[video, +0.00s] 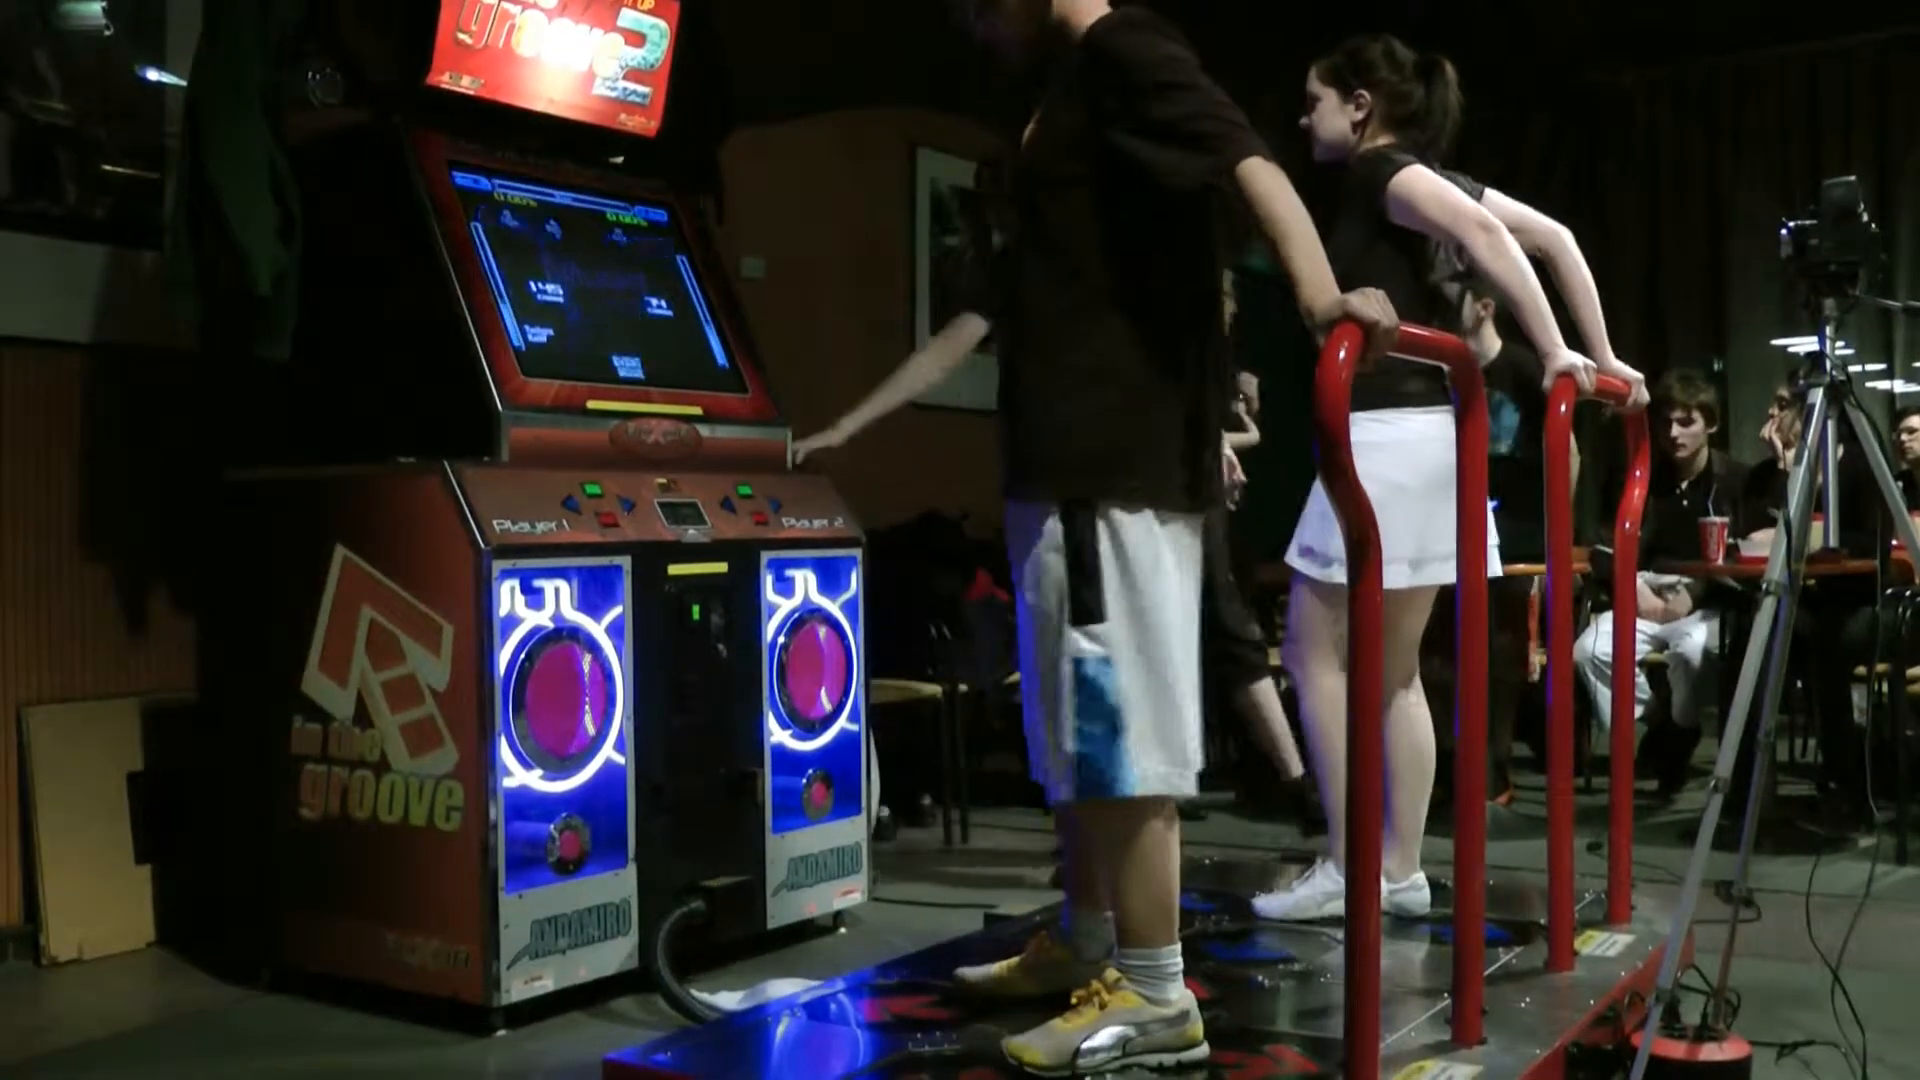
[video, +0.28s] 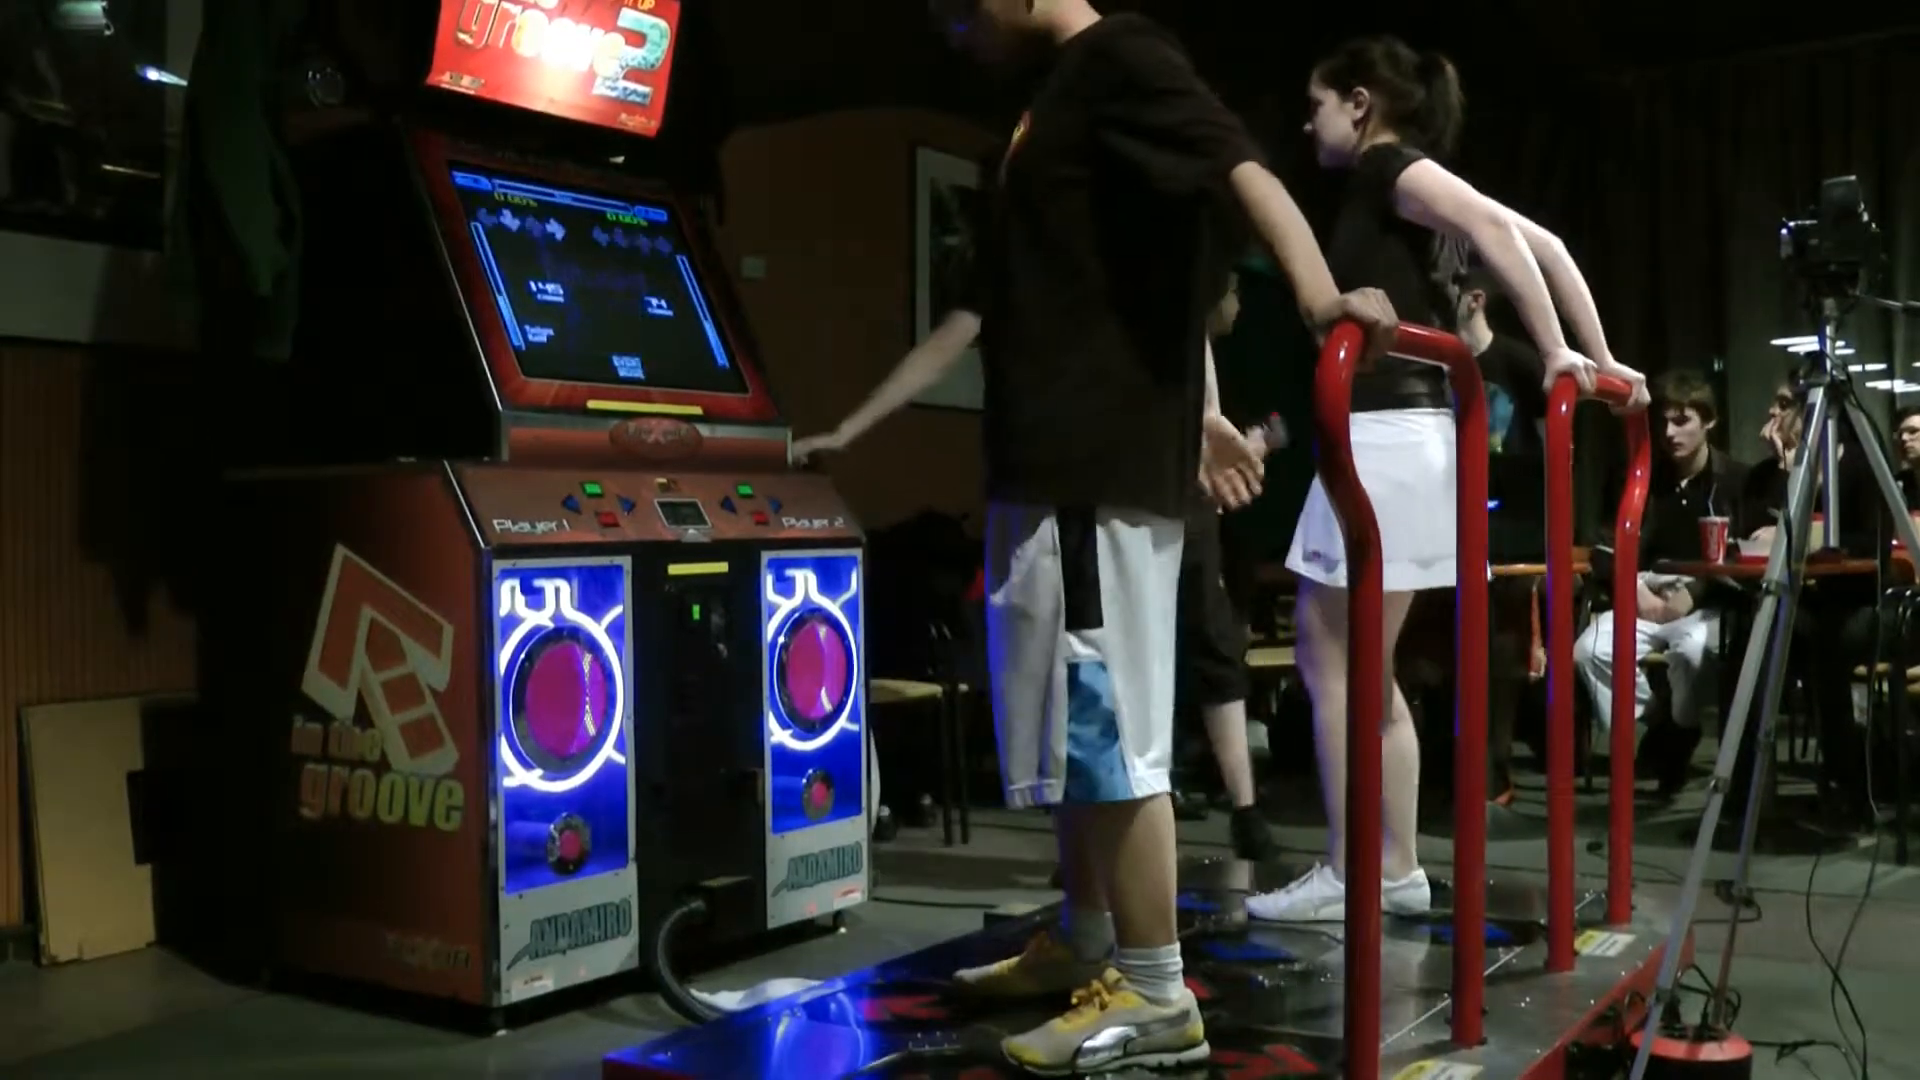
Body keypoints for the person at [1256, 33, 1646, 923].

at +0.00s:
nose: (1309, 120)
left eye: (1317, 103)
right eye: (1309, 103)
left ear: (1363, 106)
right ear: (1389, 109)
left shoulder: (1378, 173)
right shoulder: (1428, 176)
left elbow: (1482, 228)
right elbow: (1553, 235)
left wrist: (1556, 352)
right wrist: (1602, 353)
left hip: (1378, 443)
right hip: (1440, 443)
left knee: (1316, 655)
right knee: (1397, 670)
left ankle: (1345, 864)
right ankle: (1402, 872)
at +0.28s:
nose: (1312, 123)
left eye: (1321, 105)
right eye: (1312, 107)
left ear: (1365, 103)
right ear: (1387, 106)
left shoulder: (1384, 166)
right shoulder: (1414, 174)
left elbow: (1500, 231)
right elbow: (1546, 246)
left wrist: (1556, 352)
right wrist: (1602, 357)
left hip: (1380, 444)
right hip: (1417, 445)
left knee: (1326, 658)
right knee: (1372, 672)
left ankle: (1345, 870)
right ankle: (1398, 870)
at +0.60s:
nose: (1302, 136)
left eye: (1309, 118)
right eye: (1301, 119)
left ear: (1355, 109)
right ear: (1367, 113)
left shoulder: (1389, 169)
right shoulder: (1410, 177)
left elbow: (1502, 231)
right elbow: (1545, 244)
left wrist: (1557, 353)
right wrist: (1602, 358)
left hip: (1384, 444)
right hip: (1408, 445)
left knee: (1331, 654)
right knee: (1370, 665)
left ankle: (1345, 870)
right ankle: (1405, 864)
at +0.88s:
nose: (1304, 143)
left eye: (1313, 123)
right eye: (1300, 128)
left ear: (1368, 111)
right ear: (1369, 119)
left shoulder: (1402, 174)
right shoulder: (1421, 183)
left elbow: (1505, 235)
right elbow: (1548, 250)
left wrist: (1557, 354)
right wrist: (1600, 358)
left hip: (1401, 450)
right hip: (1437, 452)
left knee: (1339, 663)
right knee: (1399, 676)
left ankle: (1346, 871)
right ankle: (1407, 867)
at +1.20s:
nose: (1314, 175)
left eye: (1318, 154)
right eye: (1303, 163)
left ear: (1366, 127)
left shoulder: (1423, 177)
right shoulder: (1410, 210)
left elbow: (1527, 221)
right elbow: (1551, 260)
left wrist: (1557, 345)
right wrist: (1599, 357)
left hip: (1435, 449)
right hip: (1459, 450)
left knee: (1367, 653)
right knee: (1421, 673)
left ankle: (1356, 862)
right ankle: (1413, 864)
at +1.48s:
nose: (1315, 177)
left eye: (1320, 155)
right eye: (1304, 165)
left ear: (1370, 129)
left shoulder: (1423, 176)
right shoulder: (1407, 205)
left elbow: (1528, 224)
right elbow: (1555, 254)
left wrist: (1558, 348)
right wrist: (1602, 358)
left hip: (1444, 450)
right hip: (1451, 449)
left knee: (1382, 669)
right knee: (1416, 678)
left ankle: (1348, 871)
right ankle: (1409, 868)